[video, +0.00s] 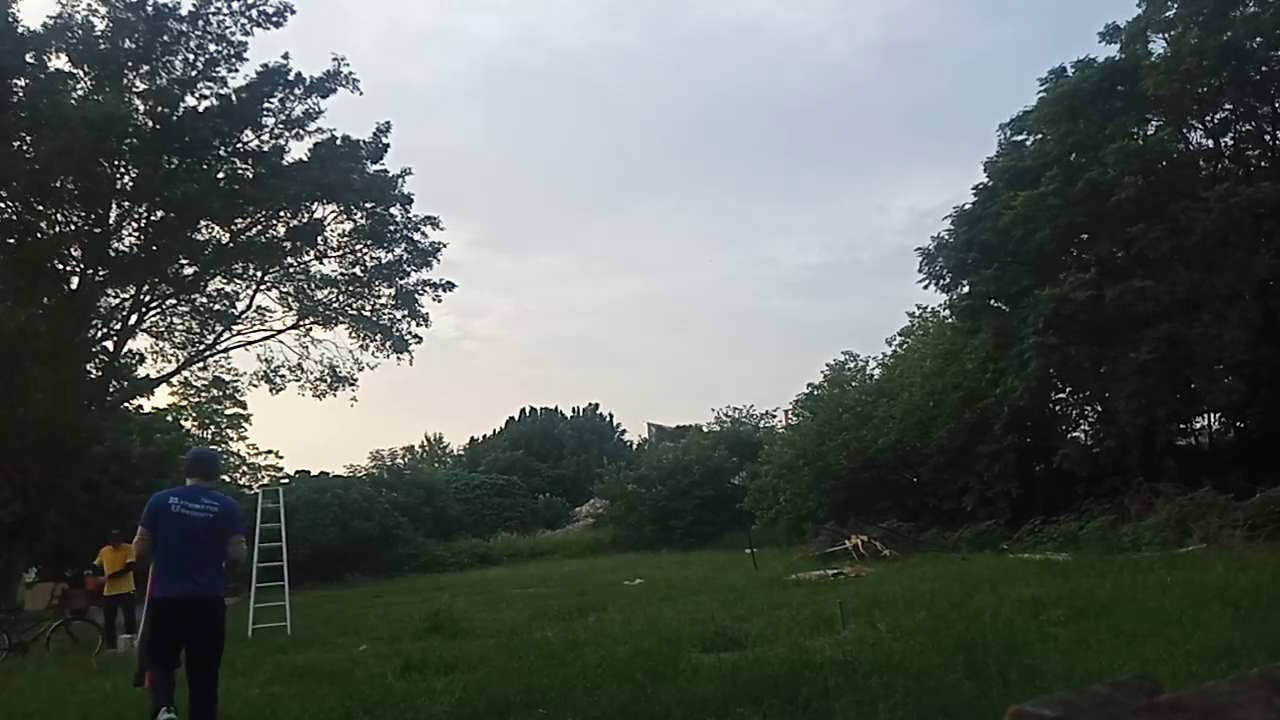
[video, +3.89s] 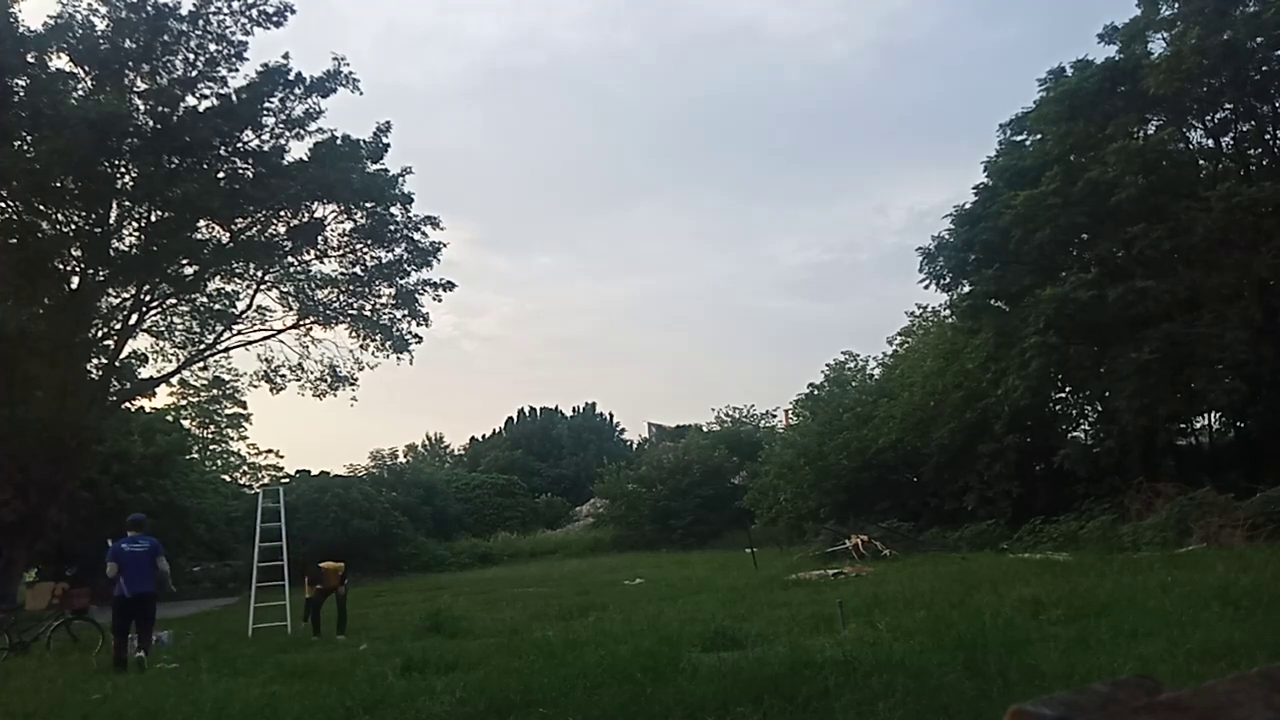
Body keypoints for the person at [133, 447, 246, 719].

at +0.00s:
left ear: (186, 472)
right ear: (216, 474)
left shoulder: (160, 501)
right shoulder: (228, 506)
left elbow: (140, 550)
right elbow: (237, 553)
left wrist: (167, 546)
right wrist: (212, 545)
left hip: (166, 602)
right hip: (208, 605)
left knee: (161, 664)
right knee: (204, 677)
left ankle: (164, 708)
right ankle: (203, 715)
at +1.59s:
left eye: (174, 504)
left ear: (170, 505)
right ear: (191, 504)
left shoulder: (158, 529)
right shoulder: (206, 528)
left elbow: (146, 565)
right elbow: (223, 560)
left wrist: (164, 558)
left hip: (167, 600)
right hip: (197, 599)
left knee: (164, 649)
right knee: (195, 648)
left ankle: (163, 693)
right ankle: (190, 693)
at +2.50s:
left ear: (165, 513)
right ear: (185, 514)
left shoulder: (153, 532)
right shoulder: (195, 534)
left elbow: (142, 563)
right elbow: (200, 560)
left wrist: (140, 585)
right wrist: (186, 566)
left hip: (156, 593)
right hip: (182, 594)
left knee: (149, 636)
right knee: (180, 637)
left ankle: (143, 676)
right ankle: (179, 679)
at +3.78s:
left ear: (129, 529)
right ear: (145, 528)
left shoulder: (119, 548)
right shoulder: (155, 545)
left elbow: (113, 575)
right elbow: (167, 567)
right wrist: (153, 568)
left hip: (126, 596)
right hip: (149, 595)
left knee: (121, 633)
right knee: (149, 629)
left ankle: (120, 666)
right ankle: (148, 655)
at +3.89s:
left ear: (128, 528)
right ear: (144, 528)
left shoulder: (117, 546)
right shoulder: (152, 543)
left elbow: (110, 572)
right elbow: (164, 567)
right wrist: (169, 585)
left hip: (124, 597)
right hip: (147, 595)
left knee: (120, 633)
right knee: (145, 628)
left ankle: (120, 668)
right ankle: (142, 651)